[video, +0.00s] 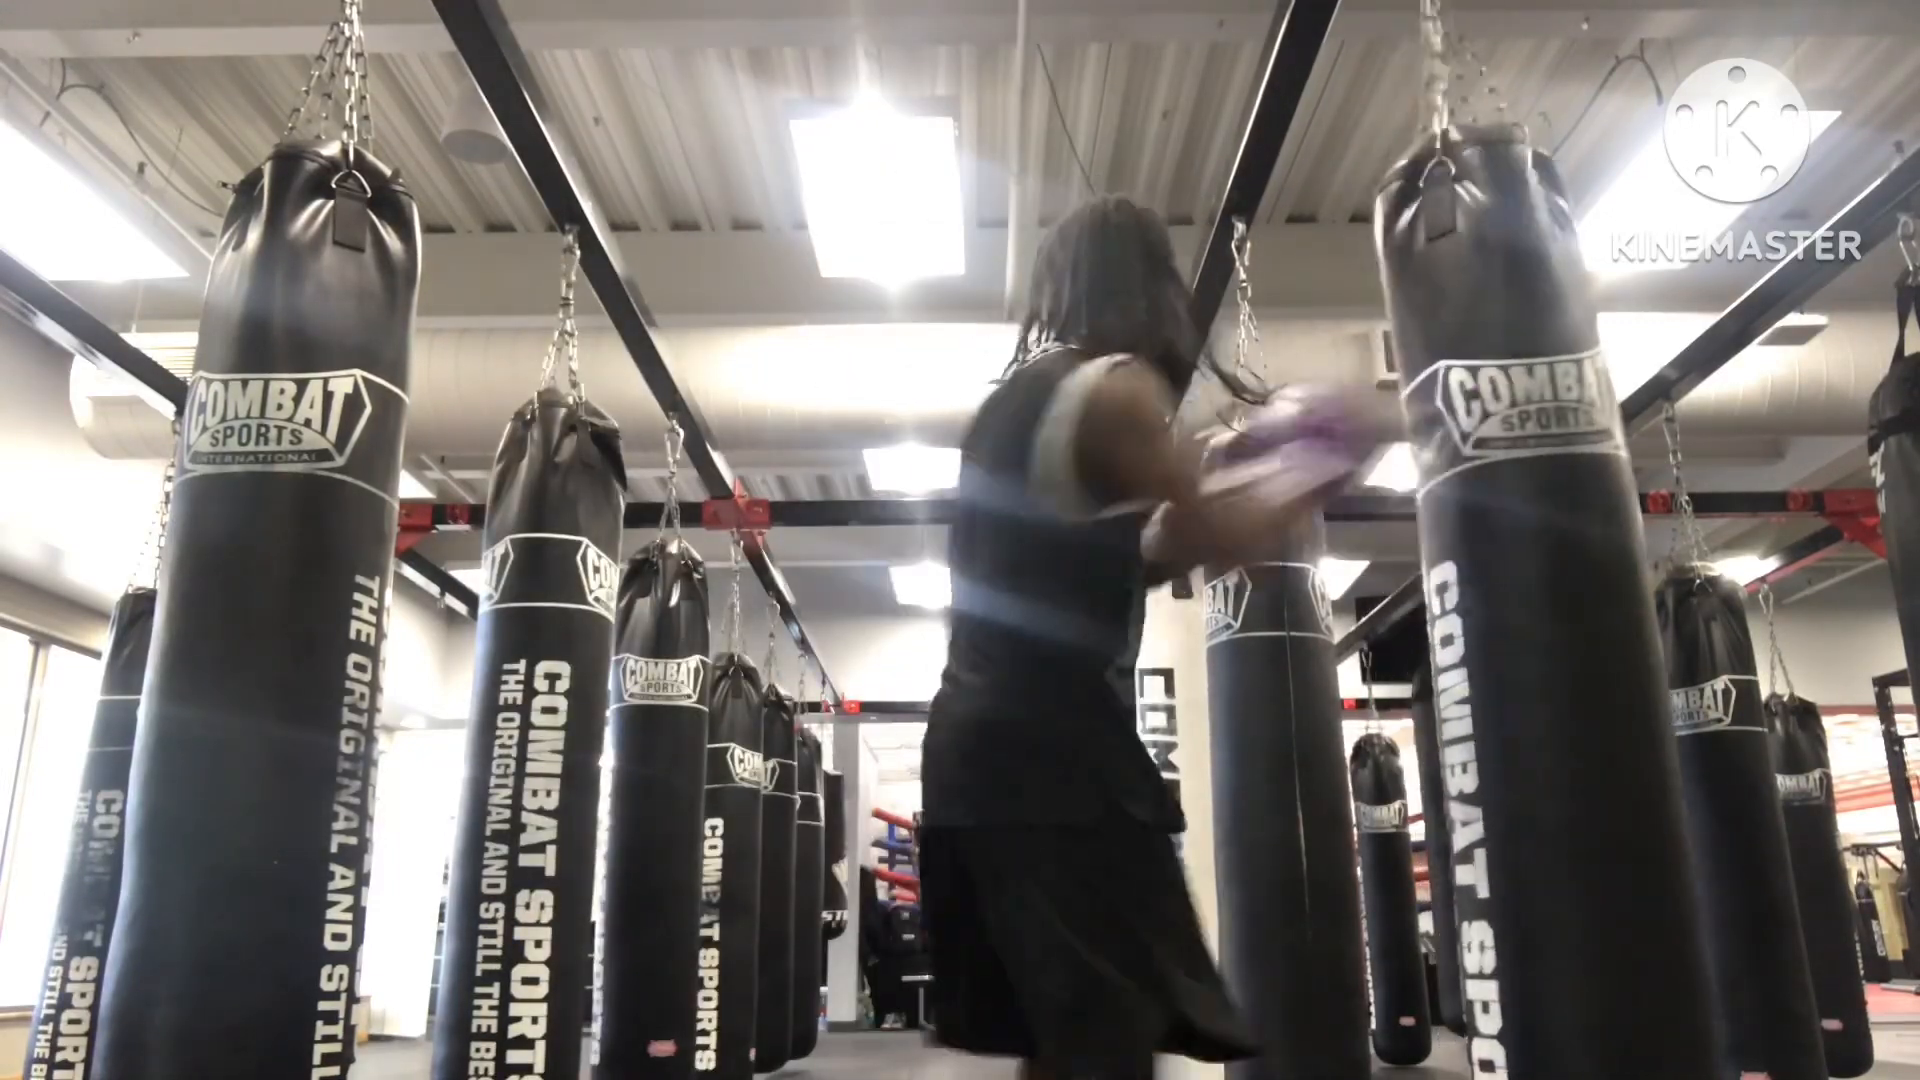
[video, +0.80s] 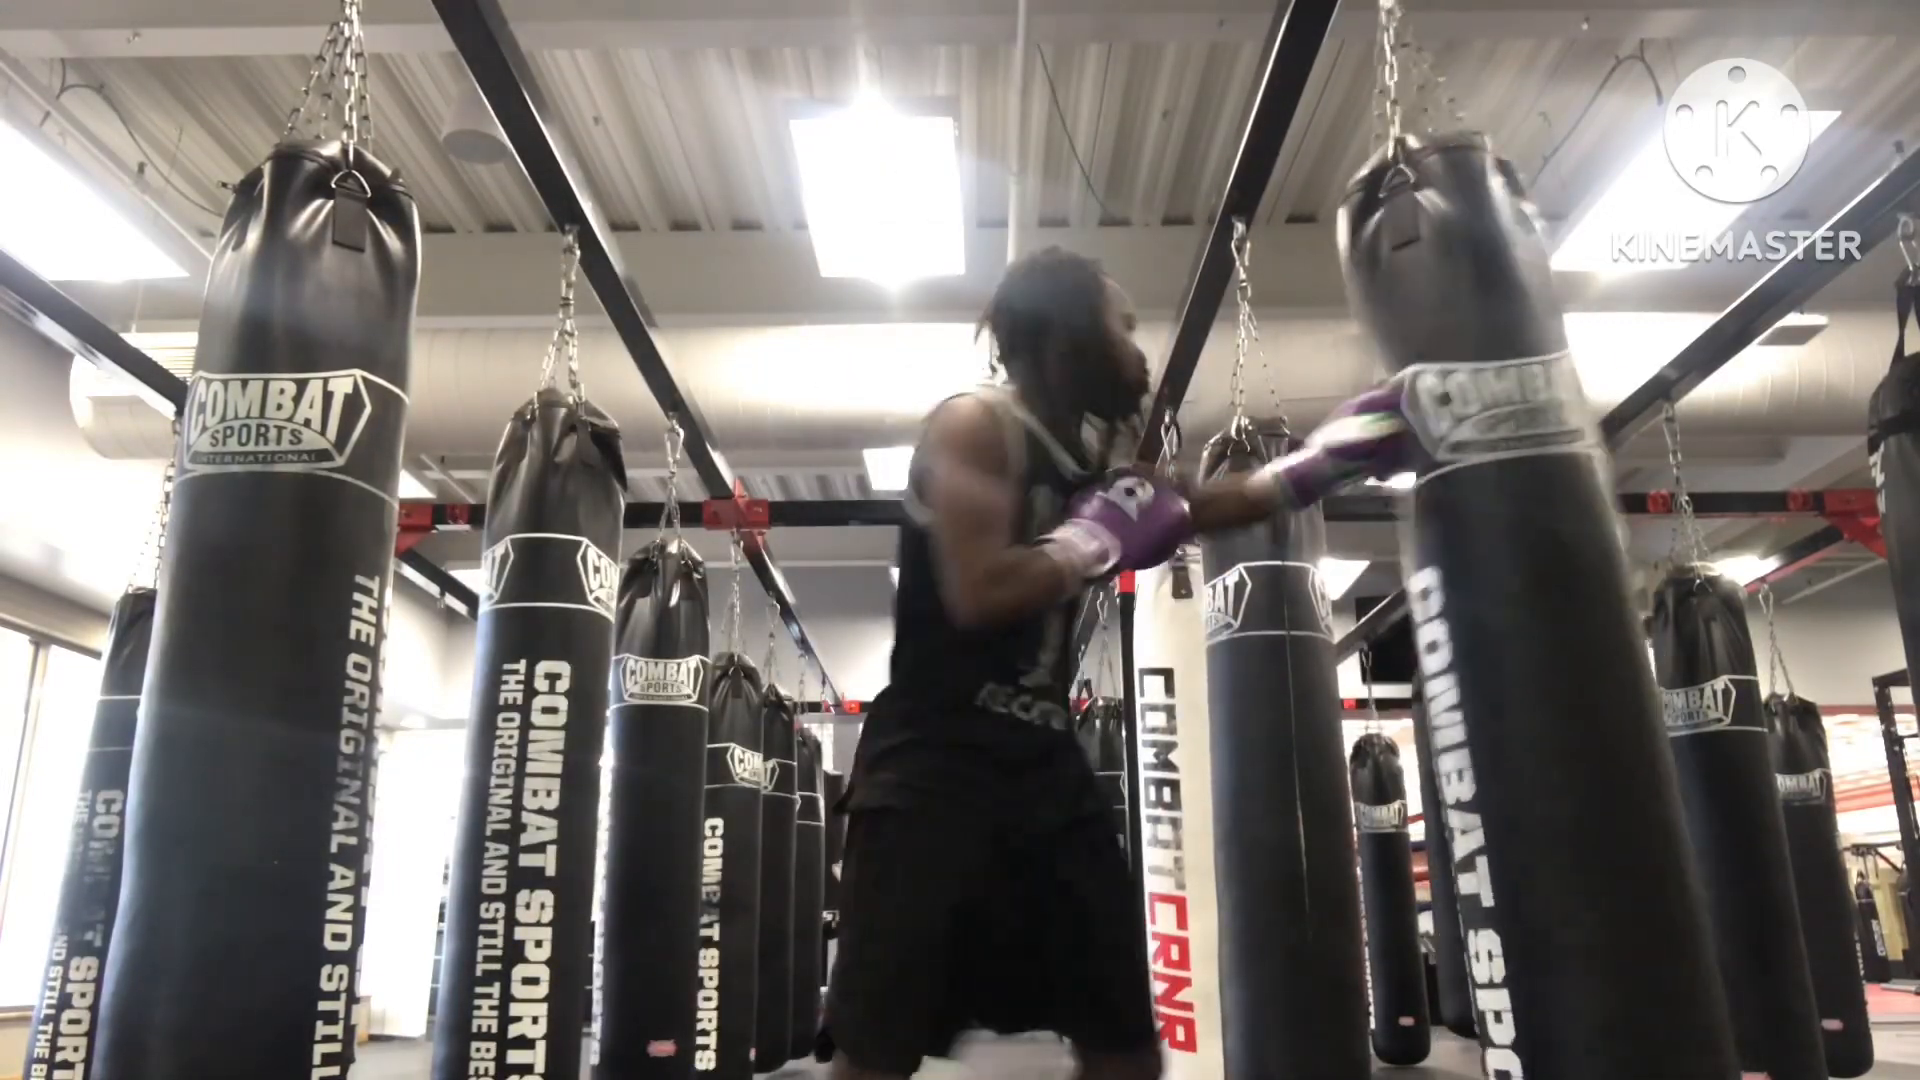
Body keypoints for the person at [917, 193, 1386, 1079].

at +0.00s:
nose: (1182, 296)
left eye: (1176, 275)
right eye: (1172, 275)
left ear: (1058, 286)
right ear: (1151, 284)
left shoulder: (1012, 400)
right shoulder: (1118, 391)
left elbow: (1099, 562)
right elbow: (1232, 533)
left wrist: (1214, 482)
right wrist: (1323, 467)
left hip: (972, 754)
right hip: (1056, 759)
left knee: (1051, 1037)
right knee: (1112, 1030)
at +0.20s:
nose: (1132, 378)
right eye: (1124, 365)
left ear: (997, 378)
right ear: (1112, 369)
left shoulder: (929, 481)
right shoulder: (1142, 452)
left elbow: (872, 671)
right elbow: (1273, 592)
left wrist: (978, 626)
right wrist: (1248, 594)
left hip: (917, 815)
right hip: (1052, 810)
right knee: (954, 1053)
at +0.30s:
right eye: (1129, 403)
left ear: (1003, 405)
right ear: (1111, 397)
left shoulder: (956, 506)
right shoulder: (1109, 455)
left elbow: (871, 697)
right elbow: (1188, 607)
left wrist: (983, 721)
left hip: (940, 831)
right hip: (1029, 834)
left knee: (1100, 1053)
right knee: (959, 1055)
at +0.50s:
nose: (1176, 386)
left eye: (1174, 366)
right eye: (1164, 362)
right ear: (1118, 358)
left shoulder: (1133, 490)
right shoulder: (1020, 413)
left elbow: (1223, 652)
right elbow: (1122, 533)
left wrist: (1348, 650)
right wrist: (1190, 485)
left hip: (1057, 787)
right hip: (953, 770)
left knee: (1133, 1039)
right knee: (977, 1042)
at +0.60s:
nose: (1172, 377)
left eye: (1169, 358)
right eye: (1158, 355)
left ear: (1082, 361)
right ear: (1110, 358)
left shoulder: (1082, 476)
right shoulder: (1047, 427)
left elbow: (1072, 669)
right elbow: (1123, 573)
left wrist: (1217, 665)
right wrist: (1211, 533)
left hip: (1068, 807)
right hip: (990, 797)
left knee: (1163, 1054)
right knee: (948, 1051)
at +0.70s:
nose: (1158, 364)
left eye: (1155, 342)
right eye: (1145, 340)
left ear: (1059, 342)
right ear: (1093, 340)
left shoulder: (1079, 459)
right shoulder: (1022, 419)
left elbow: (1085, 589)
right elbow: (1056, 575)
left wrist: (1177, 548)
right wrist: (1189, 555)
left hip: (1057, 779)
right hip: (967, 779)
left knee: (1156, 1049)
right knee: (957, 1052)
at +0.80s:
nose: (1142, 348)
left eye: (1135, 325)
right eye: (1124, 325)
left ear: (1048, 340)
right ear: (1068, 336)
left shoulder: (1088, 454)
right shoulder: (973, 421)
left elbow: (1187, 509)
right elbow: (975, 589)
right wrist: (1097, 538)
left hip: (1044, 763)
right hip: (932, 767)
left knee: (1122, 1051)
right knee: (874, 1053)